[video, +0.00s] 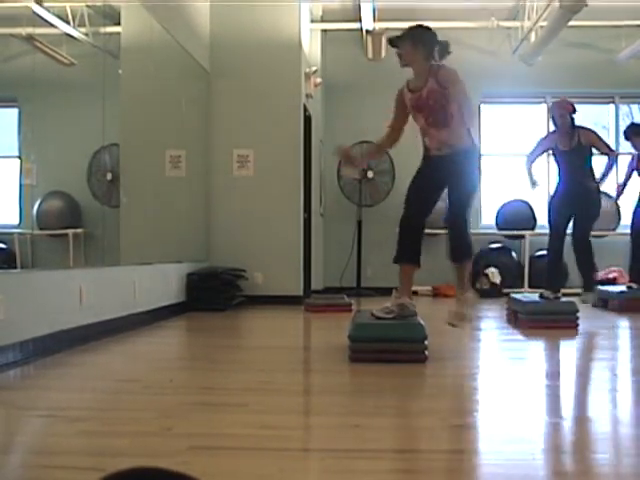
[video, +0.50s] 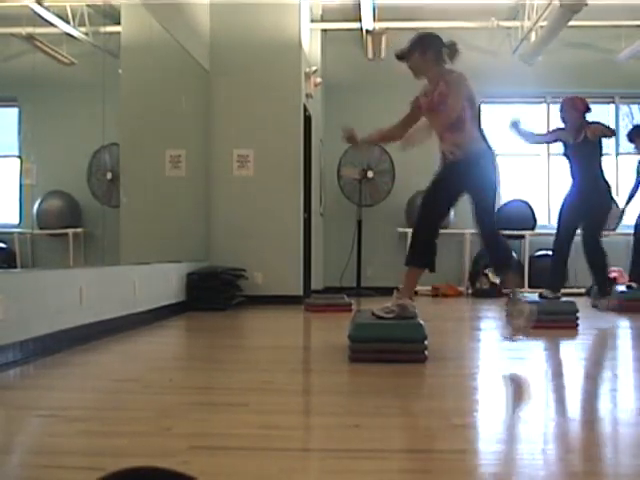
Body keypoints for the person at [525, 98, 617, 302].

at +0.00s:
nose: (561, 121)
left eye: (564, 116)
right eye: (557, 117)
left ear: (571, 115)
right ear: (553, 119)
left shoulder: (586, 135)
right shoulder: (551, 139)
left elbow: (612, 155)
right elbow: (529, 160)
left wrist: (601, 181)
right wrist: (531, 179)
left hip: (587, 193)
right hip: (563, 194)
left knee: (580, 239)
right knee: (555, 240)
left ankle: (589, 287)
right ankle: (552, 287)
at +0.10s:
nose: (557, 119)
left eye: (560, 114)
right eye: (554, 115)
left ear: (568, 113)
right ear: (550, 116)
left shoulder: (584, 132)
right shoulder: (548, 138)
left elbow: (610, 149)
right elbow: (538, 157)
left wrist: (607, 176)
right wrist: (542, 179)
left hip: (586, 189)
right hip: (561, 190)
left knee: (571, 230)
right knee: (557, 234)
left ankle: (568, 282)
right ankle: (551, 285)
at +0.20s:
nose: (554, 123)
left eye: (557, 118)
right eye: (550, 118)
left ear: (567, 117)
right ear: (547, 119)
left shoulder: (584, 132)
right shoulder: (546, 140)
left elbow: (606, 141)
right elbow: (543, 159)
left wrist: (607, 170)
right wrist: (548, 180)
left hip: (585, 189)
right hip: (561, 190)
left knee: (569, 232)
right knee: (556, 234)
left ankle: (560, 284)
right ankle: (552, 284)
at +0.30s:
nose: (551, 119)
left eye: (556, 115)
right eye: (550, 115)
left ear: (568, 115)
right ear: (549, 116)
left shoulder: (585, 132)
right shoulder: (550, 139)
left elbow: (614, 147)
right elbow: (537, 160)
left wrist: (614, 173)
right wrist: (535, 179)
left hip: (587, 191)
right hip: (563, 192)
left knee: (571, 232)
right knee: (556, 234)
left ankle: (562, 284)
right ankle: (553, 284)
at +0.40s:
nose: (555, 115)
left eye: (558, 111)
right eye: (554, 111)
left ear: (571, 112)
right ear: (556, 113)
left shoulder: (590, 129)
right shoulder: (555, 134)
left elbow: (615, 142)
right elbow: (537, 149)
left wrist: (604, 152)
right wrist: (522, 156)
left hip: (590, 190)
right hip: (568, 190)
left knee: (579, 234)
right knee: (560, 236)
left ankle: (578, 286)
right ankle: (554, 287)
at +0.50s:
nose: (562, 116)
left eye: (566, 111)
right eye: (562, 112)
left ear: (578, 112)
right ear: (564, 114)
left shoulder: (594, 130)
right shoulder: (562, 134)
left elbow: (612, 133)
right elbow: (534, 139)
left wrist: (596, 130)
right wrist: (517, 130)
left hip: (599, 194)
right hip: (576, 194)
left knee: (590, 239)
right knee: (562, 240)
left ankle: (604, 290)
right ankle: (553, 288)